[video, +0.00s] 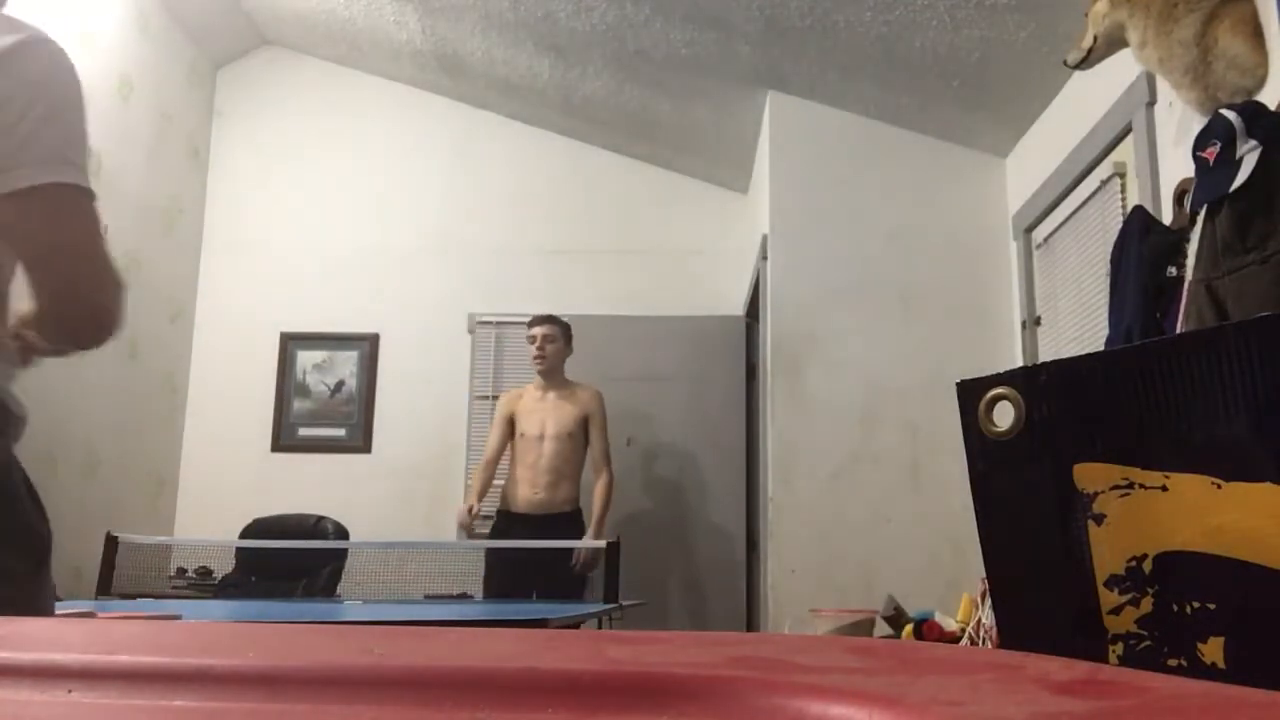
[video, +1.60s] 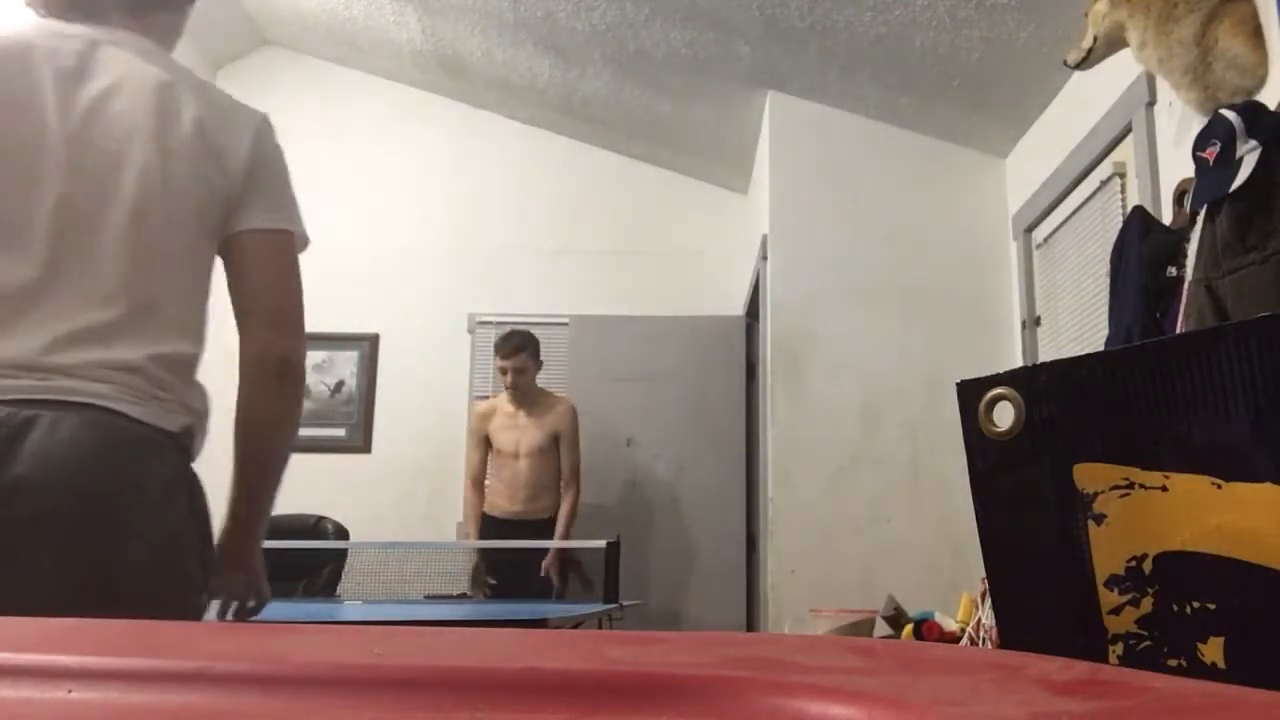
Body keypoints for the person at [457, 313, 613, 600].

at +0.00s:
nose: (538, 347)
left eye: (548, 340)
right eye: (533, 341)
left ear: (568, 349)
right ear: (528, 348)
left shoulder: (587, 400)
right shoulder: (511, 400)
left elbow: (602, 473)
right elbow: (489, 463)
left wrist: (594, 534)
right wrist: (474, 499)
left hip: (562, 527)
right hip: (510, 526)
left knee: (563, 630)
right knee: (500, 626)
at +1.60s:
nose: (510, 381)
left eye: (519, 372)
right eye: (503, 372)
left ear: (538, 366)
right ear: (495, 368)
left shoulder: (561, 413)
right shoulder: (484, 414)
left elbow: (570, 487)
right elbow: (474, 484)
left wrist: (557, 550)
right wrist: (473, 547)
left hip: (542, 530)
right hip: (494, 528)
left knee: (536, 624)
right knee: (492, 624)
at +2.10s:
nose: (510, 417)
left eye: (515, 407)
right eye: (502, 411)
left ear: (532, 390)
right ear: (492, 406)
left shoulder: (566, 425)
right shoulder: (494, 434)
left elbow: (589, 500)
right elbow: (496, 509)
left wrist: (573, 571)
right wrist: (499, 575)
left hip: (574, 536)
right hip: (529, 537)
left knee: (573, 631)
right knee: (523, 631)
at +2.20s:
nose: (516, 445)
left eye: (521, 434)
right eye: (506, 439)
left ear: (536, 417)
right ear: (498, 433)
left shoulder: (570, 442)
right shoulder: (499, 458)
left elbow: (595, 517)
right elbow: (504, 530)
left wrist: (587, 589)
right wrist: (507, 595)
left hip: (592, 545)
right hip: (546, 546)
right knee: (521, 627)